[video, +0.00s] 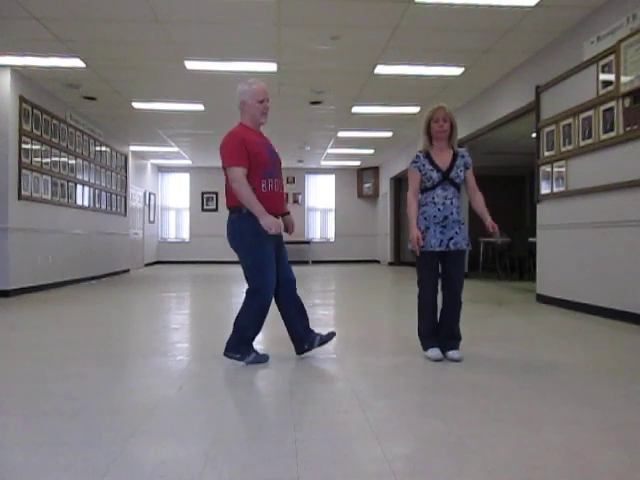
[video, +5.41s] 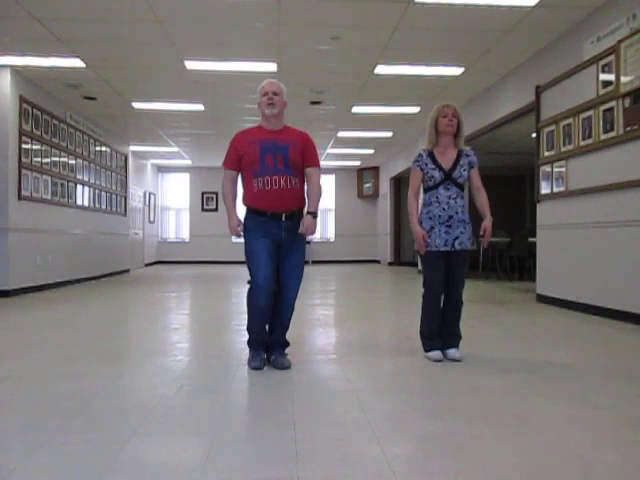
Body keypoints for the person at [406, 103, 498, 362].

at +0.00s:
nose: (441, 125)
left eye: (445, 121)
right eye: (436, 121)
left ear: (452, 126)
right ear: (428, 127)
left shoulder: (462, 158)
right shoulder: (420, 159)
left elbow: (474, 192)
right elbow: (413, 195)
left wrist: (487, 218)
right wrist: (413, 226)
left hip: (456, 231)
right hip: (427, 231)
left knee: (454, 291)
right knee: (428, 290)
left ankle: (450, 343)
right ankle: (430, 343)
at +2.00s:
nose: (452, 125)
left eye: (456, 121)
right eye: (447, 120)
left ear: (459, 126)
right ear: (437, 124)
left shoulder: (465, 157)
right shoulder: (424, 157)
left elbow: (475, 190)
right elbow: (414, 195)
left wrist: (487, 213)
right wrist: (417, 228)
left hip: (458, 230)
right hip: (430, 230)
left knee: (455, 290)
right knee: (430, 289)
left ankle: (450, 343)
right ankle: (430, 343)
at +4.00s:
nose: (450, 119)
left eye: (453, 115)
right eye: (444, 116)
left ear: (458, 122)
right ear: (435, 123)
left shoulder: (467, 155)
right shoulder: (426, 155)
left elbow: (476, 191)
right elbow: (415, 193)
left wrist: (486, 219)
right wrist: (422, 225)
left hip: (460, 229)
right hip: (433, 230)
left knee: (455, 290)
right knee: (434, 289)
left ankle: (451, 343)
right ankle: (431, 343)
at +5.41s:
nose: (450, 120)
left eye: (453, 117)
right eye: (445, 116)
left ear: (458, 124)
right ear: (435, 122)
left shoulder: (467, 156)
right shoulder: (424, 157)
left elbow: (478, 190)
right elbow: (412, 195)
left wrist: (487, 216)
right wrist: (415, 226)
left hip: (460, 230)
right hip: (431, 230)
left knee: (455, 291)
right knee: (433, 289)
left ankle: (451, 343)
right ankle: (432, 344)